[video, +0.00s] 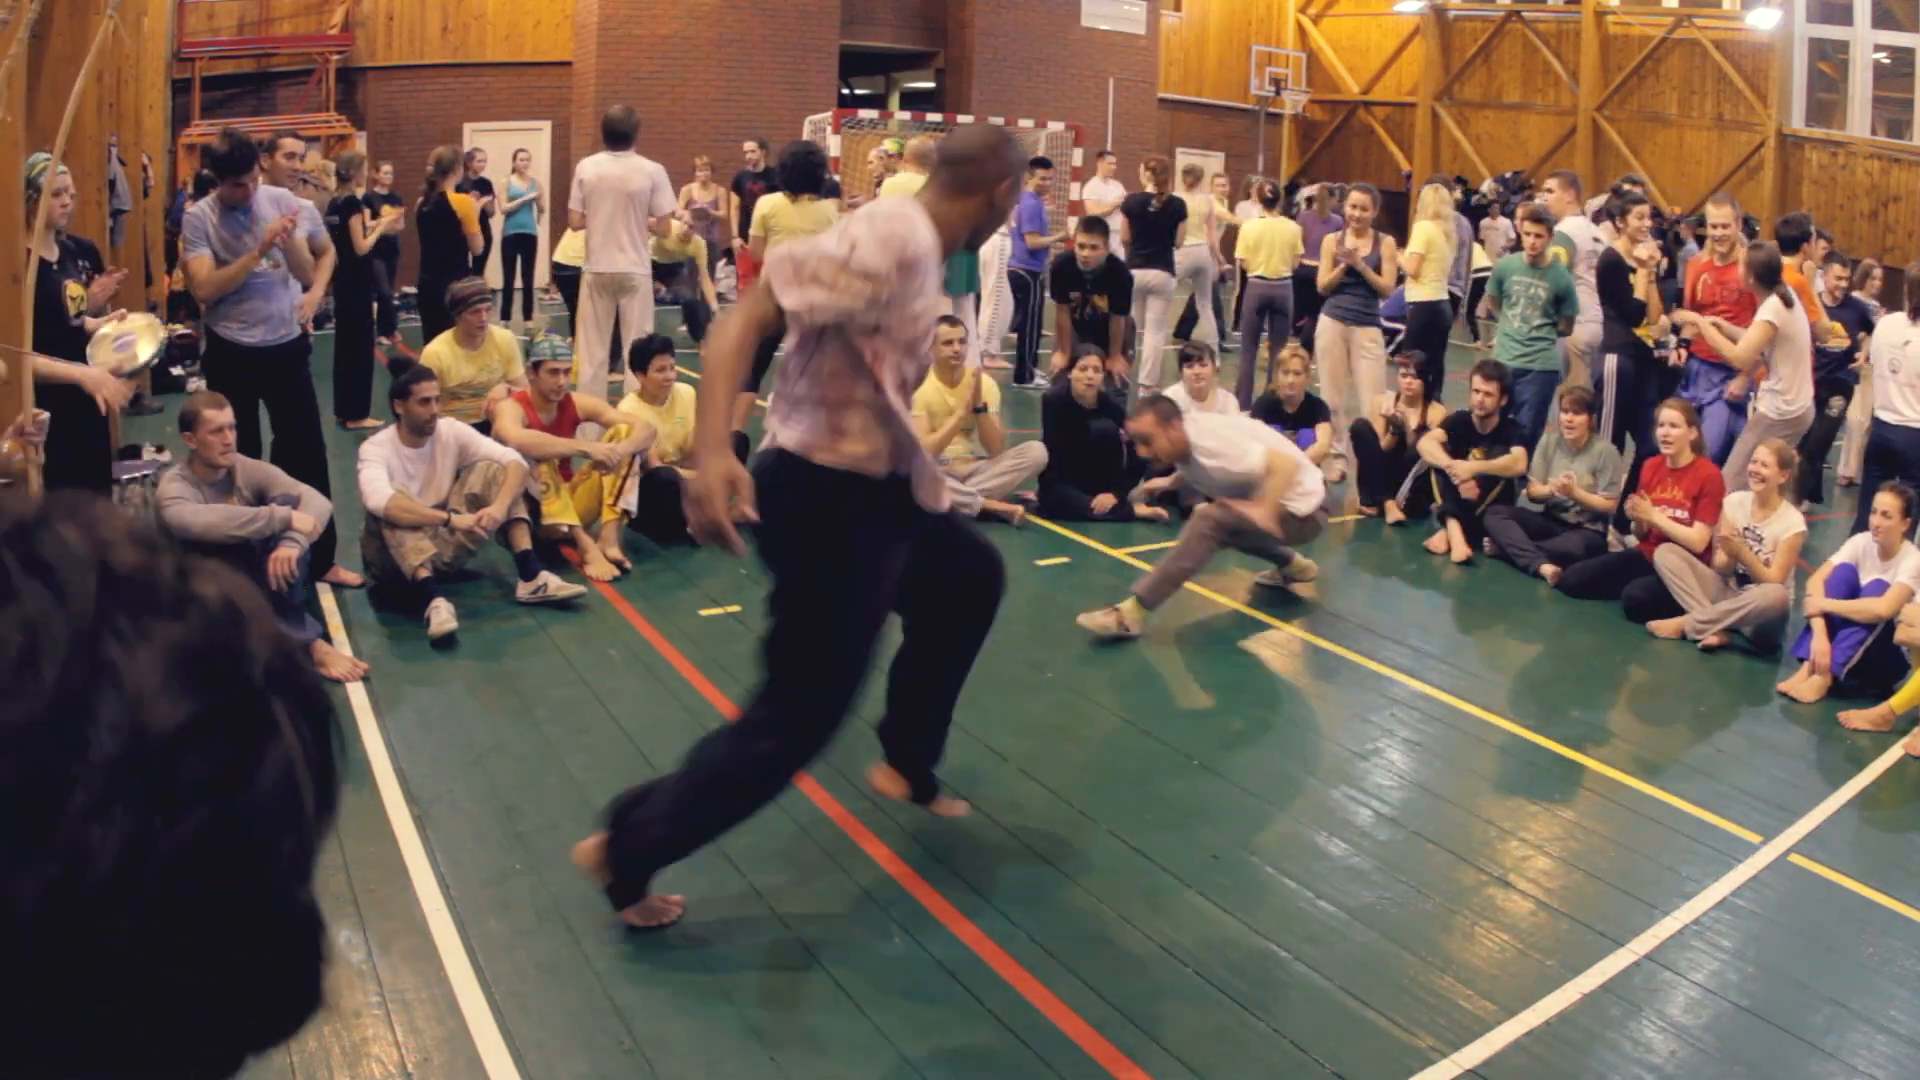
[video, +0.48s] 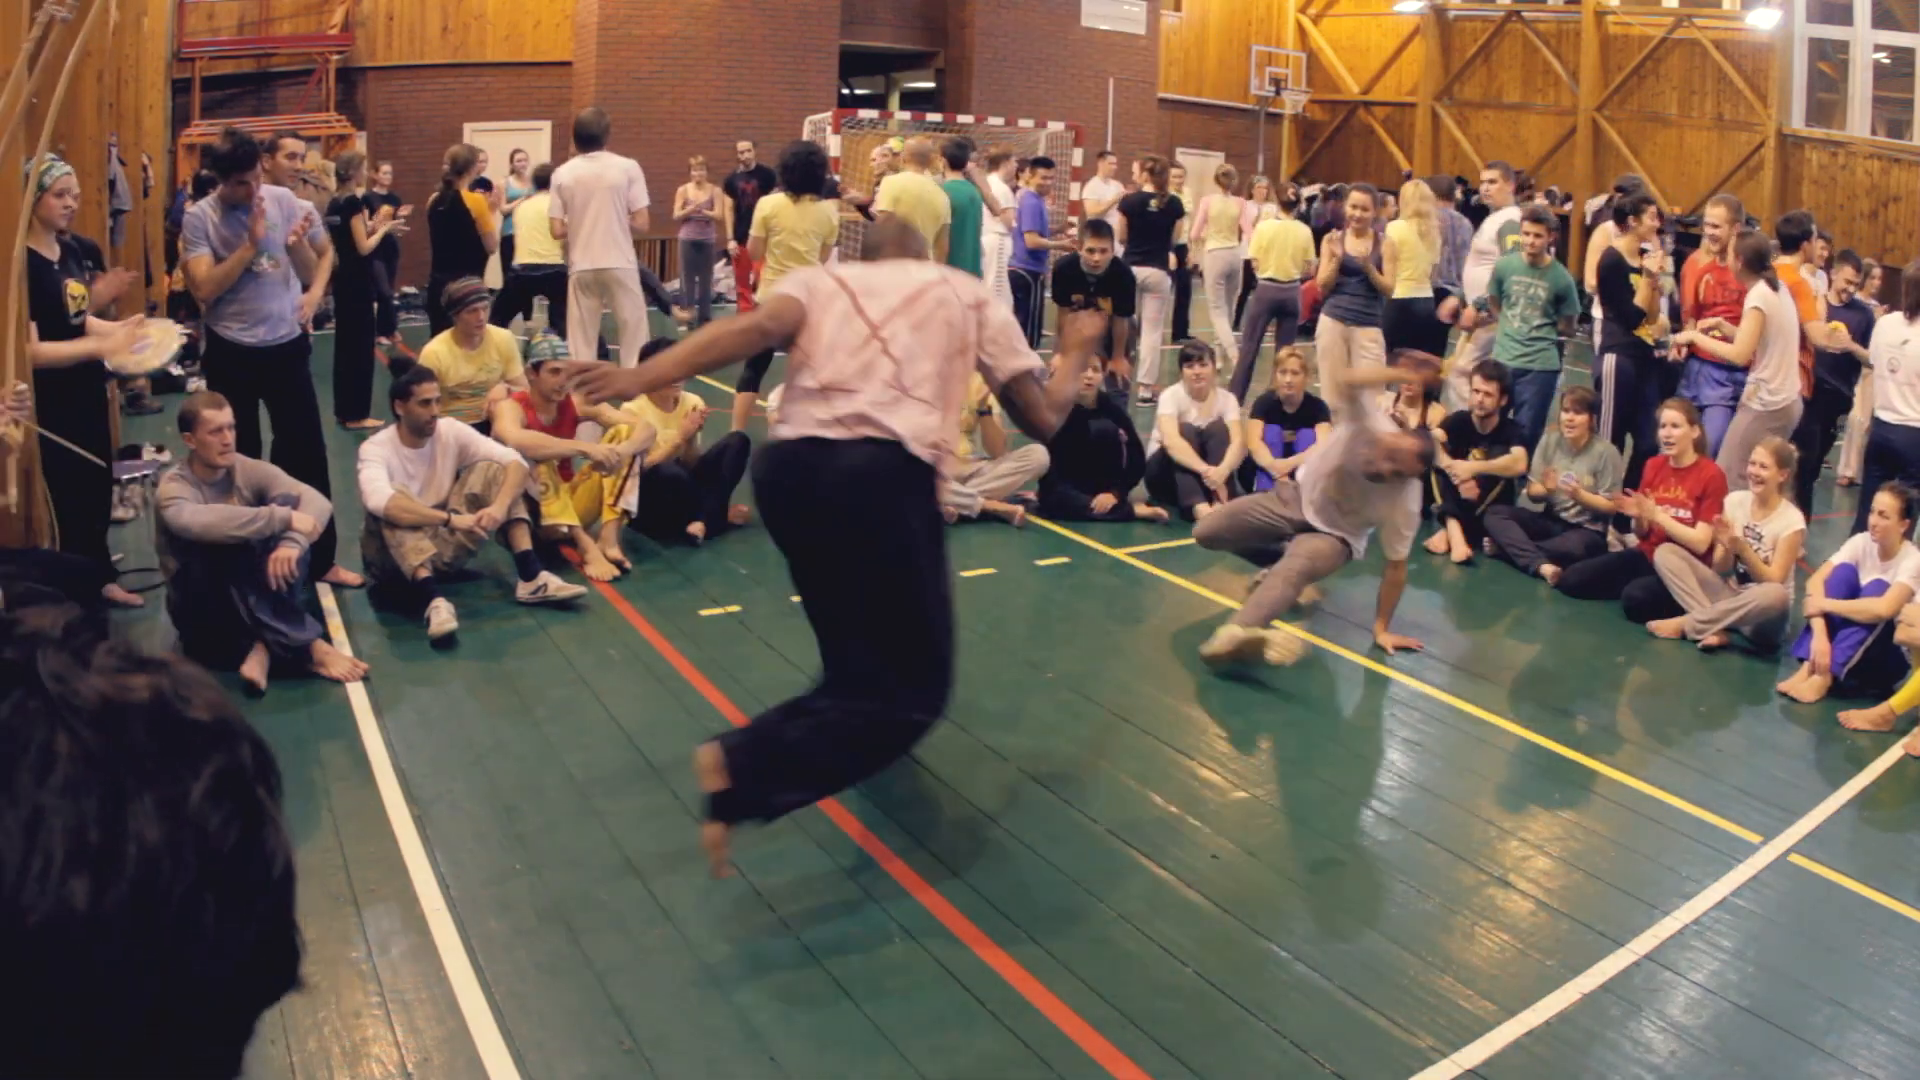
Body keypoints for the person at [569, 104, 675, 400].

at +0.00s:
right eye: (635, 129)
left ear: (603, 133)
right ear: (636, 133)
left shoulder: (586, 167)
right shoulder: (653, 171)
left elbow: (576, 221)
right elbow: (664, 228)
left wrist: (602, 214)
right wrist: (641, 220)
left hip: (596, 267)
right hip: (635, 267)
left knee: (591, 350)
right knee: (639, 349)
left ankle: (591, 420)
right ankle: (637, 420)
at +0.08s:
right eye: (631, 129)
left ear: (597, 133)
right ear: (631, 133)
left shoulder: (581, 169)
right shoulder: (647, 171)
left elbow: (571, 224)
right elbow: (660, 227)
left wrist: (598, 215)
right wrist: (634, 214)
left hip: (593, 268)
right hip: (632, 268)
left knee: (589, 350)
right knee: (636, 351)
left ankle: (589, 422)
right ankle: (635, 423)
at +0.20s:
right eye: (622, 128)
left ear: (588, 133)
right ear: (621, 133)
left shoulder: (573, 170)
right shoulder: (638, 170)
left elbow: (566, 226)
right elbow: (652, 227)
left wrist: (592, 217)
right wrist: (626, 218)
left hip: (588, 269)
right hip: (626, 268)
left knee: (585, 350)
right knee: (632, 349)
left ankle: (585, 421)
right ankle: (631, 421)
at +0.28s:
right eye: (617, 130)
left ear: (582, 135)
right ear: (615, 135)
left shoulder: (569, 172)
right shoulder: (634, 169)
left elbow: (564, 229)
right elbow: (650, 226)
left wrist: (589, 219)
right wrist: (627, 223)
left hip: (585, 267)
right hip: (623, 266)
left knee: (583, 349)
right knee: (631, 348)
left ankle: (585, 416)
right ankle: (632, 417)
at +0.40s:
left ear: (576, 137)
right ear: (609, 135)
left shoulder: (564, 173)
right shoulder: (630, 168)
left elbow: (559, 229)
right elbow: (644, 224)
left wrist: (585, 221)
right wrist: (617, 216)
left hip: (583, 266)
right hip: (620, 264)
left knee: (582, 344)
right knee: (633, 340)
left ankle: (584, 406)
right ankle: (633, 407)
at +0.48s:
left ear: (574, 137)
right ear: (607, 135)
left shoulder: (562, 173)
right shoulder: (628, 168)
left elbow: (557, 230)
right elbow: (642, 225)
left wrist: (583, 224)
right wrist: (615, 219)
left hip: (582, 266)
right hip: (619, 264)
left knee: (581, 342)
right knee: (633, 339)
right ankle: (630, 403)